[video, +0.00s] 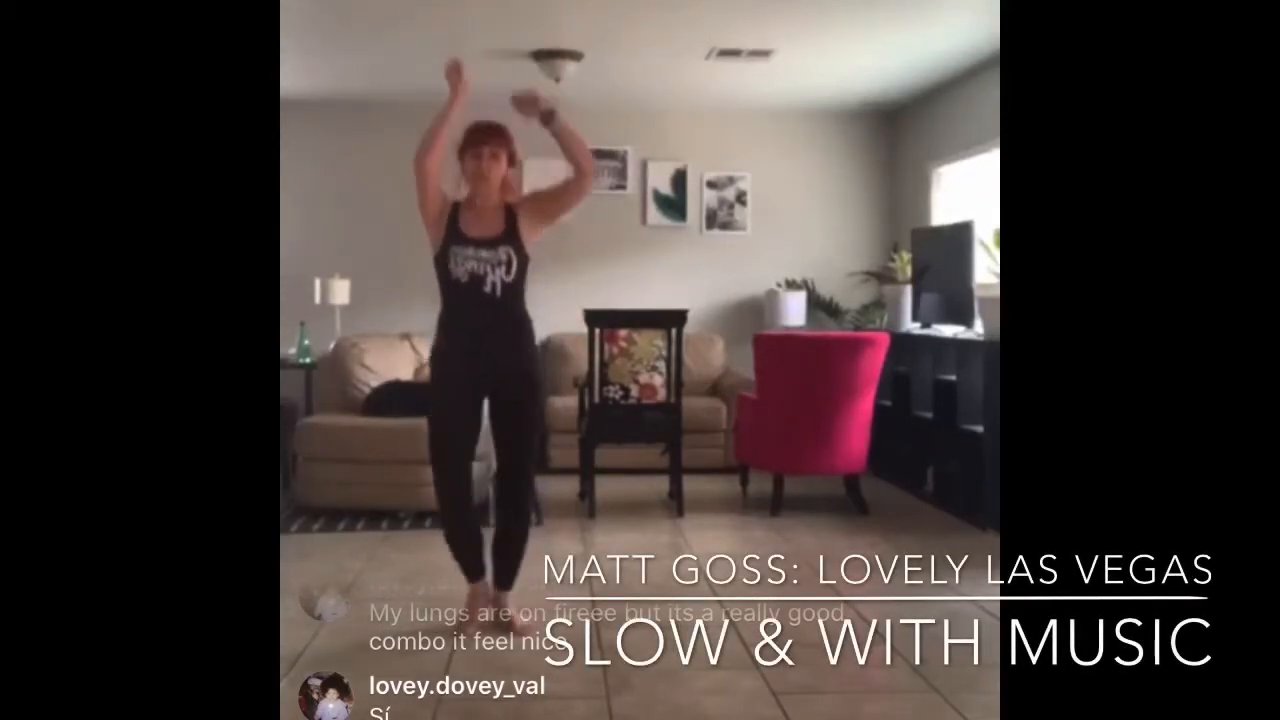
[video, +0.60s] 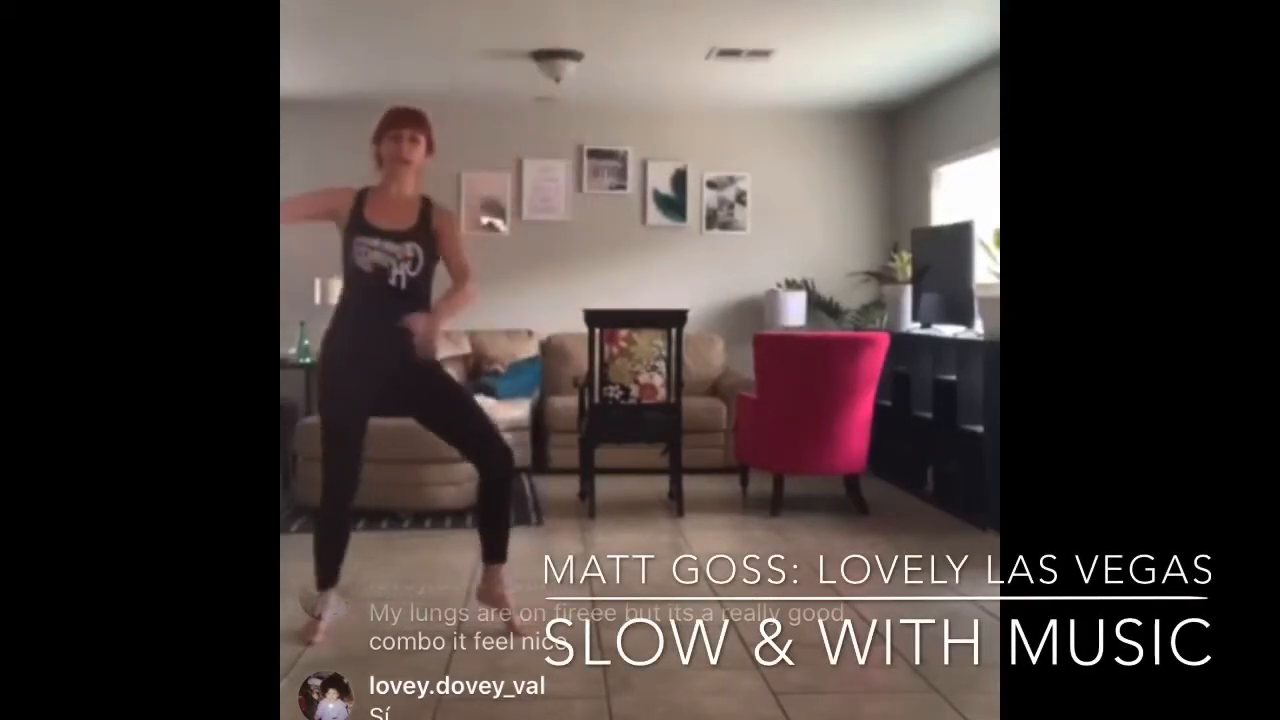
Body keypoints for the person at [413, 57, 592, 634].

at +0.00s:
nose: (491, 160)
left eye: (499, 153)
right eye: (482, 153)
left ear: (512, 166)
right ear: (463, 165)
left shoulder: (526, 217)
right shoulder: (444, 217)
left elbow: (584, 177)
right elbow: (425, 162)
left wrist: (550, 118)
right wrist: (456, 98)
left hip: (513, 362)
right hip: (455, 361)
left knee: (516, 479)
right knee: (450, 479)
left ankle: (503, 593)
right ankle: (477, 586)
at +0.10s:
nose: (473, 166)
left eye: (484, 158)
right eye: (463, 158)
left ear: (501, 167)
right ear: (449, 166)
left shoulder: (516, 223)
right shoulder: (433, 216)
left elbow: (587, 242)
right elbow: (435, 233)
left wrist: (573, 184)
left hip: (510, 370)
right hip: (451, 370)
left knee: (512, 485)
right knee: (420, 489)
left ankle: (501, 599)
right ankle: (463, 584)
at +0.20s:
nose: (468, 161)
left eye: (478, 155)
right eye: (459, 153)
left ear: (494, 167)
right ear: (441, 163)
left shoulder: (504, 221)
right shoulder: (420, 213)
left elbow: (560, 281)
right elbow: (432, 262)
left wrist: (601, 228)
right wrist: (496, 222)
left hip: (502, 364)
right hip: (442, 365)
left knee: (508, 483)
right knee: (392, 480)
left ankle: (500, 601)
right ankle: (427, 583)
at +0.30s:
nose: (455, 159)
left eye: (465, 152)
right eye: (446, 150)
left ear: (480, 163)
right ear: (429, 158)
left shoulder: (491, 217)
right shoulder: (406, 211)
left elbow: (534, 289)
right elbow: (398, 267)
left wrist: (602, 282)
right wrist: (477, 240)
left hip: (486, 362)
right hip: (425, 362)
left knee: (500, 478)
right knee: (378, 473)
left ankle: (500, 600)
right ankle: (359, 595)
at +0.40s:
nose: (438, 156)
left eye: (448, 149)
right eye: (429, 147)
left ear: (463, 159)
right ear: (413, 155)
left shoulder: (474, 222)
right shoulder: (384, 209)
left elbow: (513, 287)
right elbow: (335, 252)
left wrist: (567, 319)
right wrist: (411, 253)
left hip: (462, 367)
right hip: (398, 366)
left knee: (494, 479)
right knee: (363, 486)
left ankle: (500, 598)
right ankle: (329, 599)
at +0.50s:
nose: (419, 150)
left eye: (429, 144)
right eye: (411, 142)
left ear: (444, 156)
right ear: (394, 150)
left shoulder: (457, 222)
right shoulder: (365, 205)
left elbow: (481, 289)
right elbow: (290, 229)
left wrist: (503, 329)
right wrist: (345, 262)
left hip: (434, 365)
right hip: (369, 364)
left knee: (497, 474)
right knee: (351, 486)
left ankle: (495, 589)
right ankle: (327, 601)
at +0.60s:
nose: (402, 146)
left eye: (413, 140)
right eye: (393, 138)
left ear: (426, 154)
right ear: (377, 148)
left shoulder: (437, 218)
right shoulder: (348, 203)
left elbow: (467, 286)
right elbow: (287, 210)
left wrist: (437, 318)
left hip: (407, 361)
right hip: (348, 360)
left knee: (497, 461)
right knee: (339, 487)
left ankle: (493, 581)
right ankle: (326, 598)